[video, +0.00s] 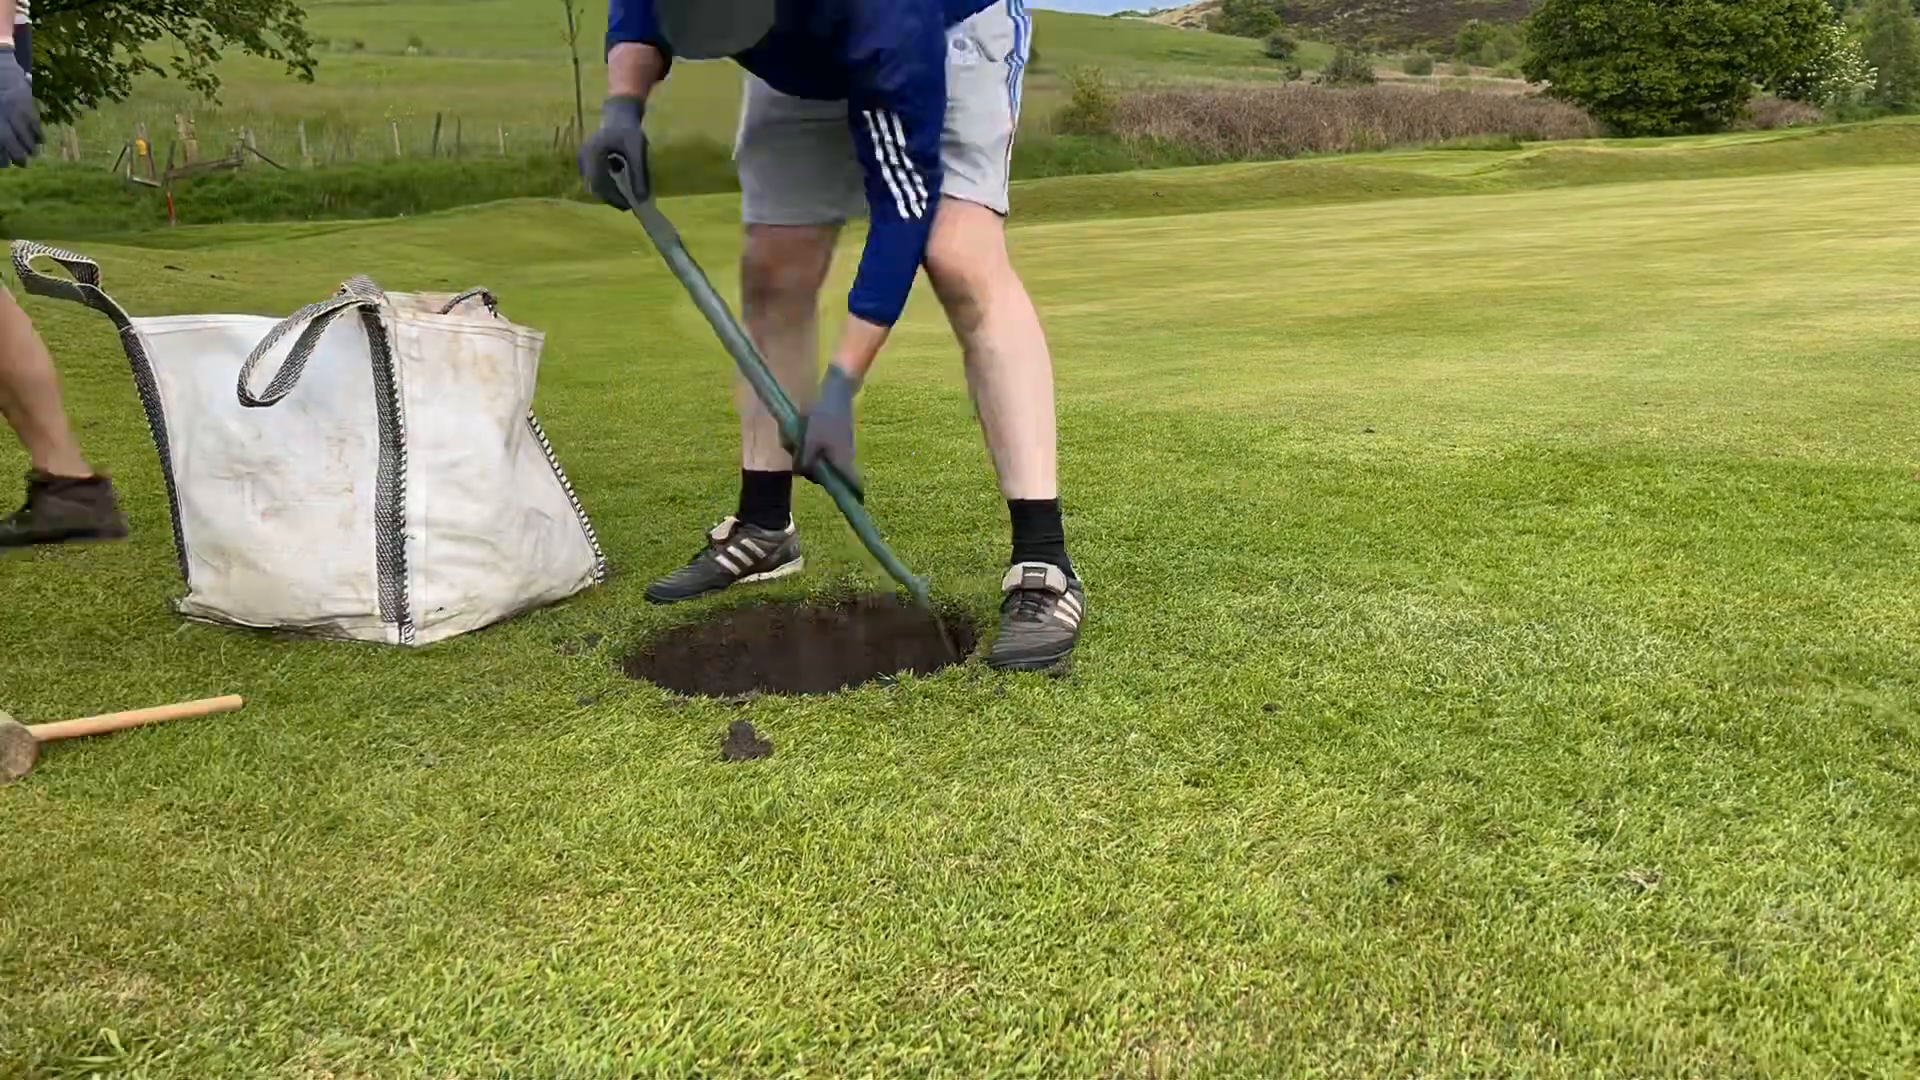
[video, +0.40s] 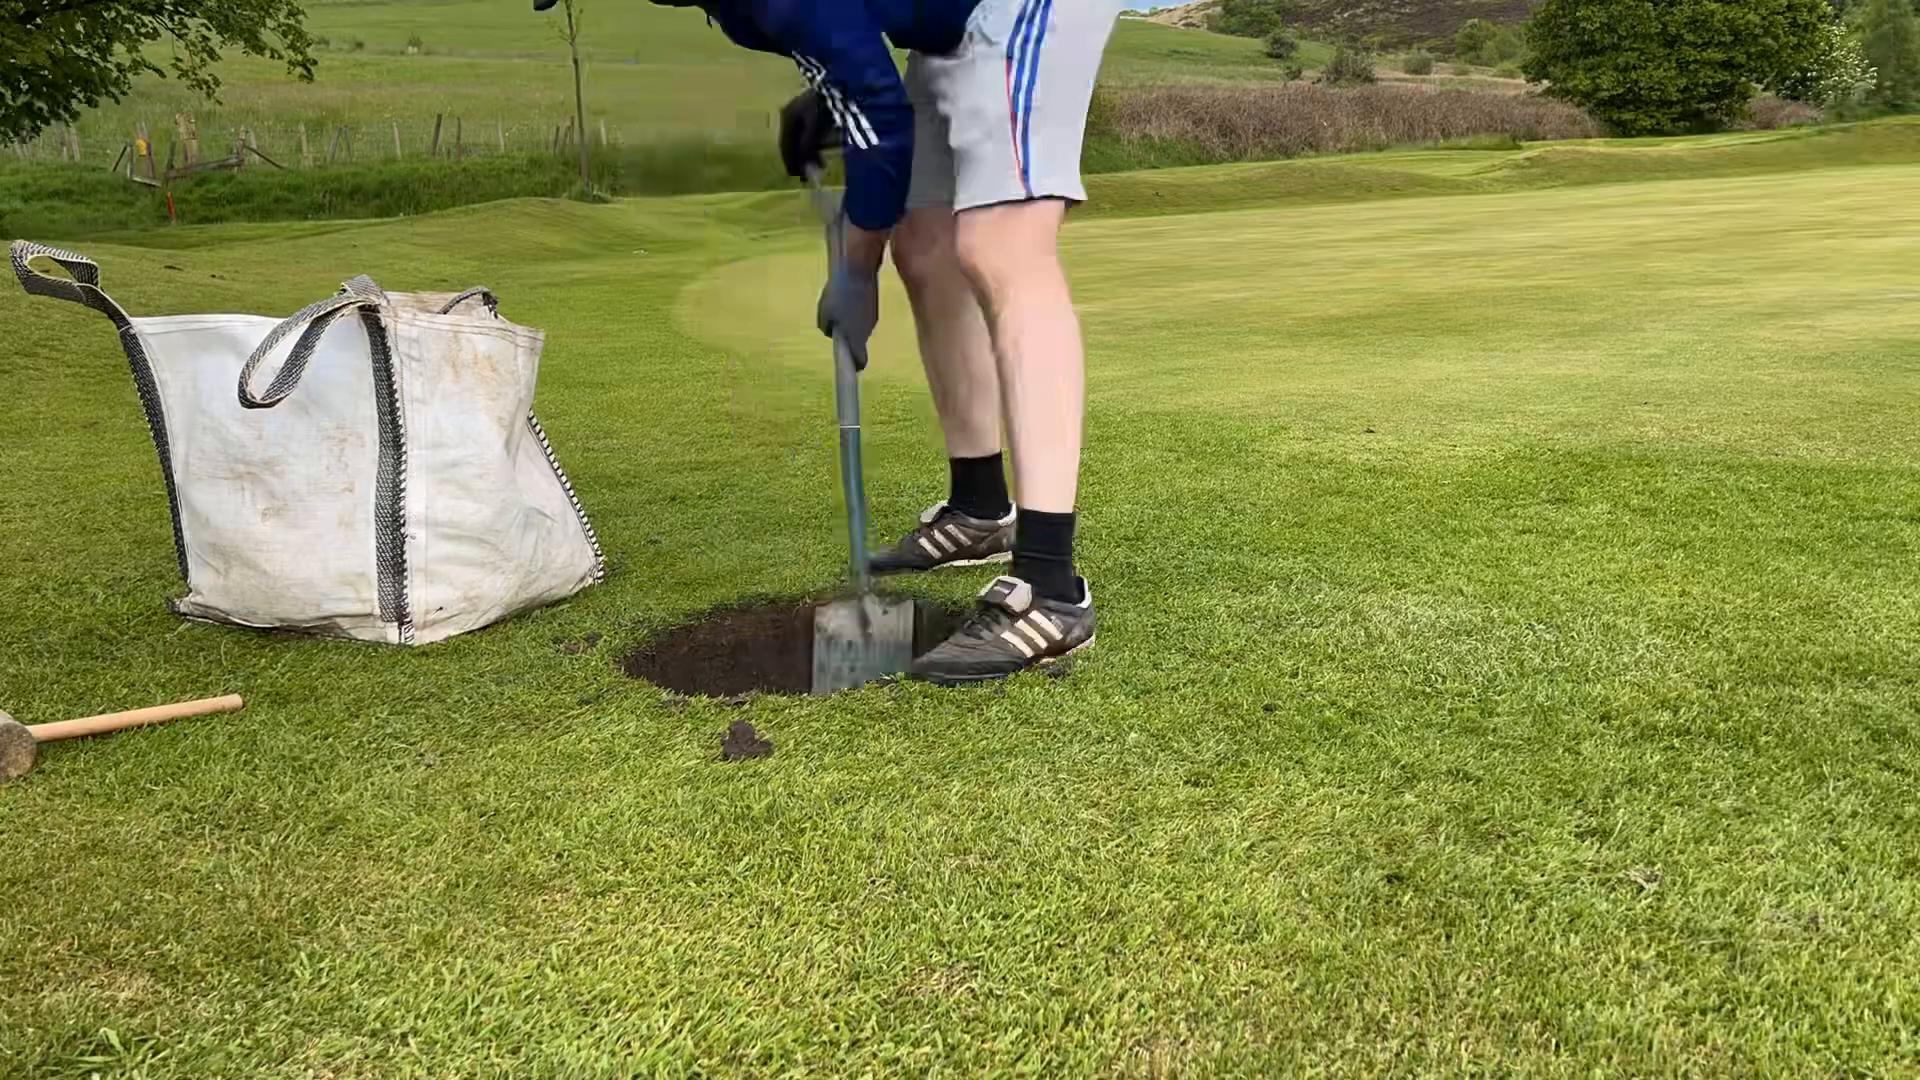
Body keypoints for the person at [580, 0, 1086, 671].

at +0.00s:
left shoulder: (889, 24)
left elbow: (906, 201)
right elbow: (636, 6)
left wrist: (842, 383)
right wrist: (623, 105)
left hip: (950, 19)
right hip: (792, 31)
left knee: (959, 258)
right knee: (772, 268)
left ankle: (1041, 566)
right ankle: (763, 528)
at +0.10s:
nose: (731, 84)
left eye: (746, 69)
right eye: (716, 70)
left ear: (786, 12)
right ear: (676, 20)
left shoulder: (898, 21)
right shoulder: (680, 3)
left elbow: (907, 210)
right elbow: (648, 3)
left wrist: (855, 388)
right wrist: (669, 87)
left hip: (929, 21)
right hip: (776, 41)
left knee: (959, 258)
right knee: (756, 269)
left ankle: (1040, 561)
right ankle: (762, 528)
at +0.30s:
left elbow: (900, 125)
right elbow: (729, 1)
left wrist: (792, 275)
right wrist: (689, 110)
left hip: (1032, 5)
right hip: (918, 19)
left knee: (1022, 243)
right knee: (914, 253)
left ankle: (1062, 558)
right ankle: (973, 509)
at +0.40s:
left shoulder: (781, 3)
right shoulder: (740, 10)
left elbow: (882, 119)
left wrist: (858, 271)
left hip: (1033, 3)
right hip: (951, 18)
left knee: (1008, 248)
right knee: (926, 246)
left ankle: (1051, 592)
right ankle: (981, 510)